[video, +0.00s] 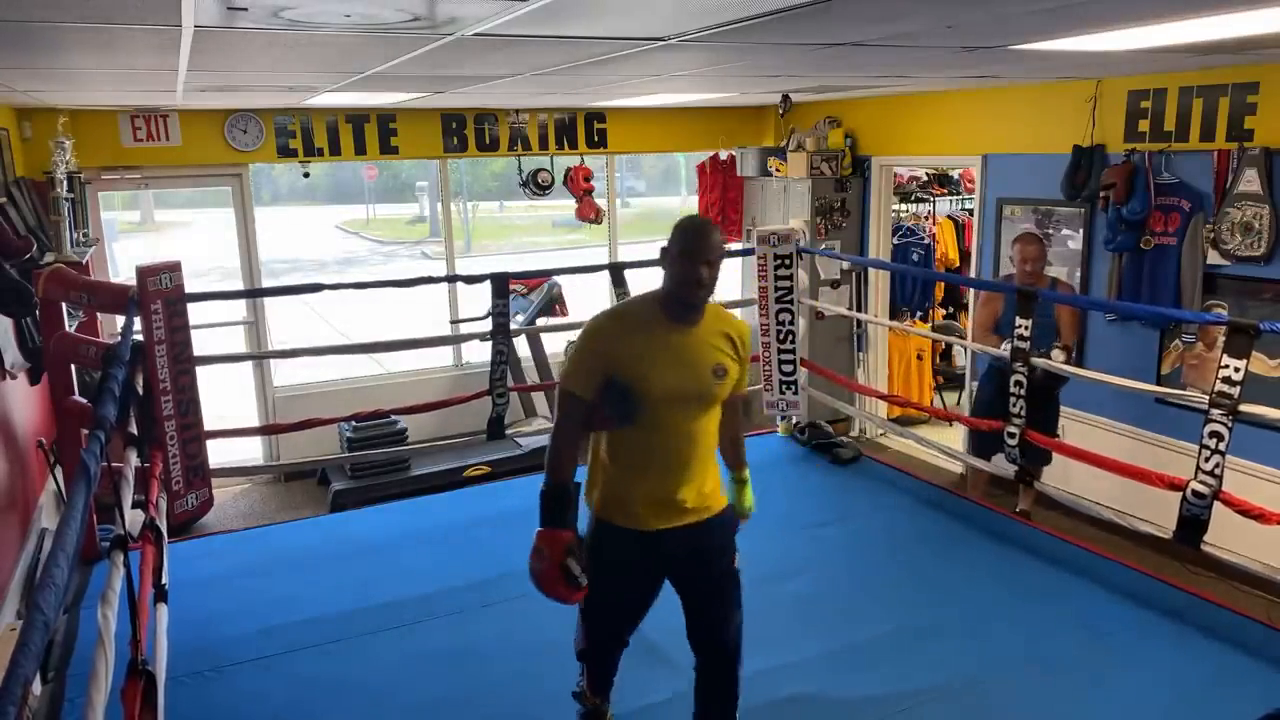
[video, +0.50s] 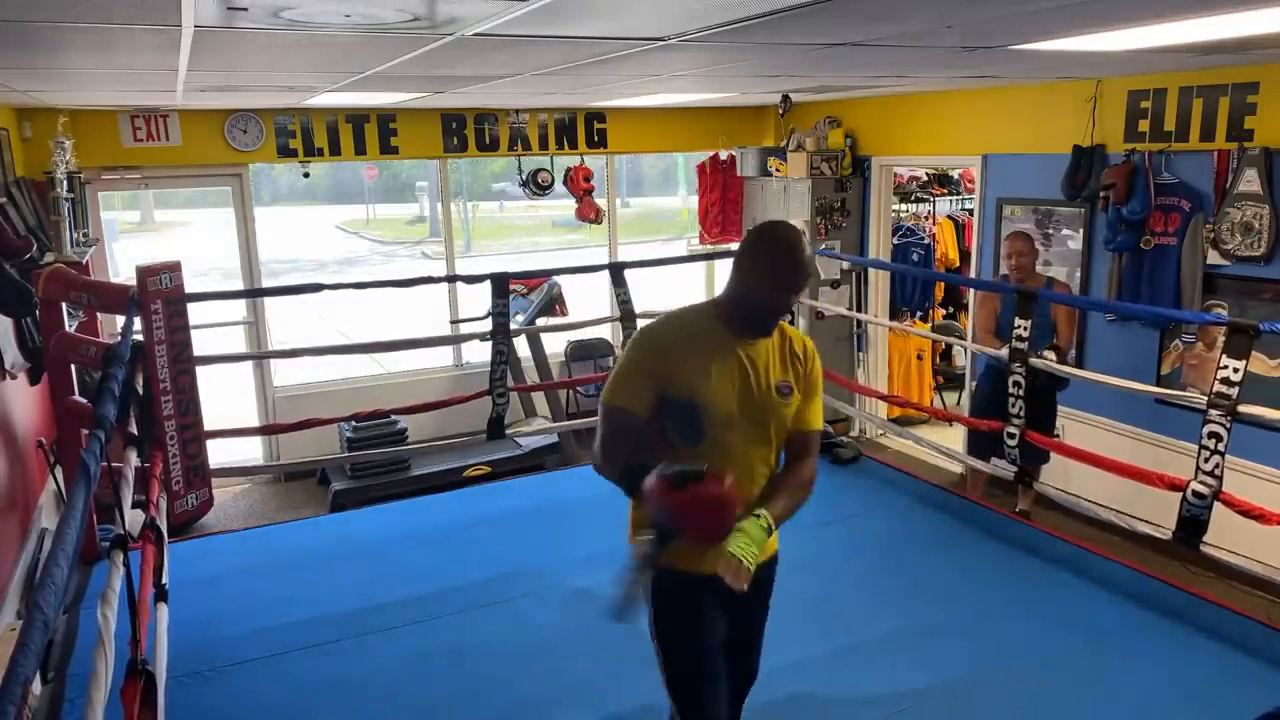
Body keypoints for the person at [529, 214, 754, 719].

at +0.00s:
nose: (703, 275)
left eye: (713, 263)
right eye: (691, 261)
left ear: (723, 267)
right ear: (665, 257)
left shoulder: (731, 334)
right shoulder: (608, 333)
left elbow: (730, 414)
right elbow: (567, 430)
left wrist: (741, 484)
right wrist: (556, 524)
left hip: (703, 523)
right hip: (623, 528)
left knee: (721, 654)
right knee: (603, 638)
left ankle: (716, 719)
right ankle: (595, 702)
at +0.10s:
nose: (727, 266)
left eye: (738, 255)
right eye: (715, 252)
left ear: (746, 259)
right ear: (686, 250)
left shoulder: (748, 331)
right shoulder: (625, 326)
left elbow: (745, 425)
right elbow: (577, 423)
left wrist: (753, 505)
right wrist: (562, 522)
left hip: (717, 523)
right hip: (637, 528)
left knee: (724, 660)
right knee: (623, 649)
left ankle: (716, 716)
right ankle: (597, 697)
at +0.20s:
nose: (745, 263)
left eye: (755, 252)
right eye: (732, 249)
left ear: (763, 259)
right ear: (702, 248)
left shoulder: (765, 333)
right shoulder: (638, 323)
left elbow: (762, 425)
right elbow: (588, 415)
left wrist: (771, 515)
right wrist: (571, 513)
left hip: (723, 525)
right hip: (646, 527)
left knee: (721, 676)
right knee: (642, 671)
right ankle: (615, 705)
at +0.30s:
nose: (762, 270)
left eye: (773, 259)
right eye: (751, 256)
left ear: (780, 264)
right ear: (717, 249)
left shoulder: (778, 339)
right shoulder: (646, 328)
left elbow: (778, 432)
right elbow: (594, 432)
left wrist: (777, 508)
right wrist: (589, 521)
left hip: (731, 533)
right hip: (654, 536)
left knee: (725, 679)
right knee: (664, 689)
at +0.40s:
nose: (781, 299)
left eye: (789, 287)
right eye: (774, 284)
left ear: (794, 279)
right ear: (740, 265)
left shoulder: (790, 347)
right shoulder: (657, 336)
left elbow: (795, 451)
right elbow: (609, 442)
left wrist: (767, 519)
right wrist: (639, 503)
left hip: (748, 555)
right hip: (675, 559)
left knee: (728, 699)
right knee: (694, 706)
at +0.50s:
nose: (789, 307)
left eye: (797, 294)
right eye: (783, 292)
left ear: (800, 288)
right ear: (748, 275)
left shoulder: (797, 353)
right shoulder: (659, 344)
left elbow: (802, 464)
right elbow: (612, 455)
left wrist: (758, 525)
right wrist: (671, 497)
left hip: (755, 563)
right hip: (683, 567)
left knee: (733, 697)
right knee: (704, 709)